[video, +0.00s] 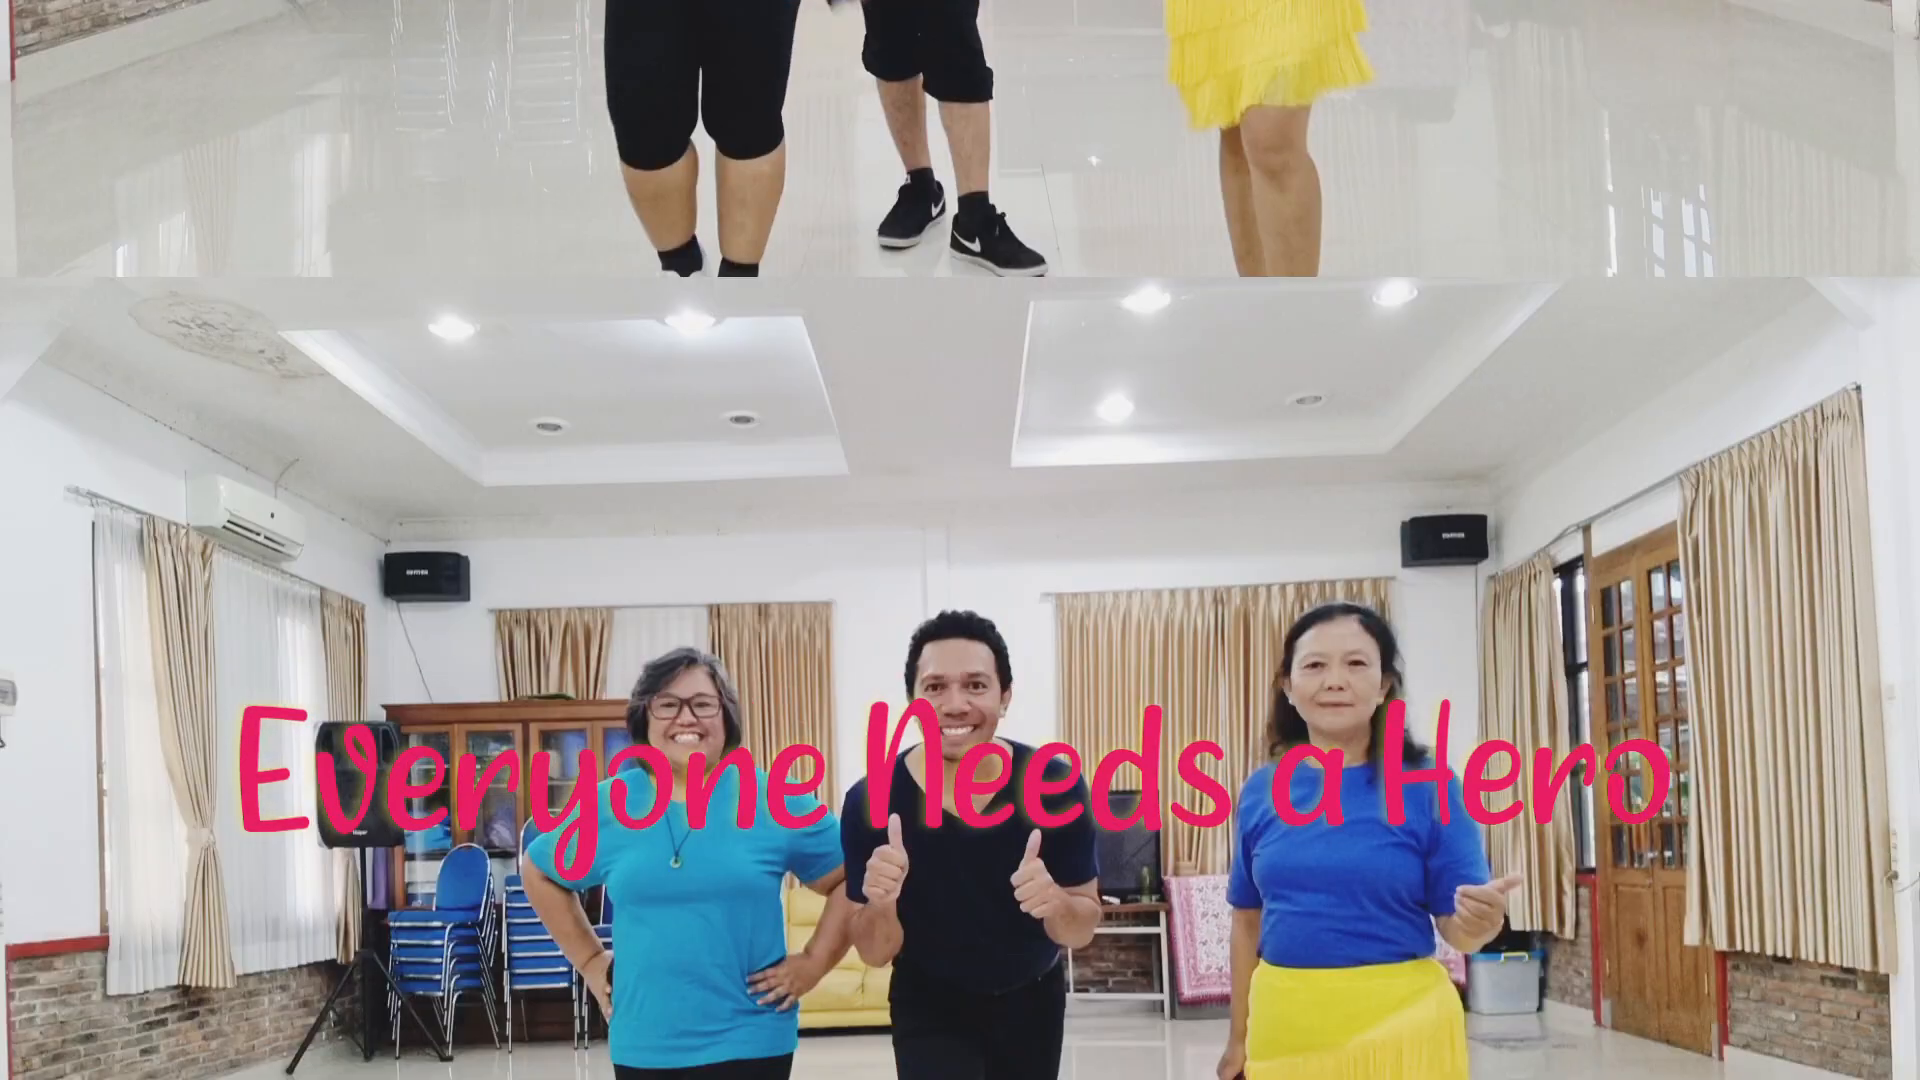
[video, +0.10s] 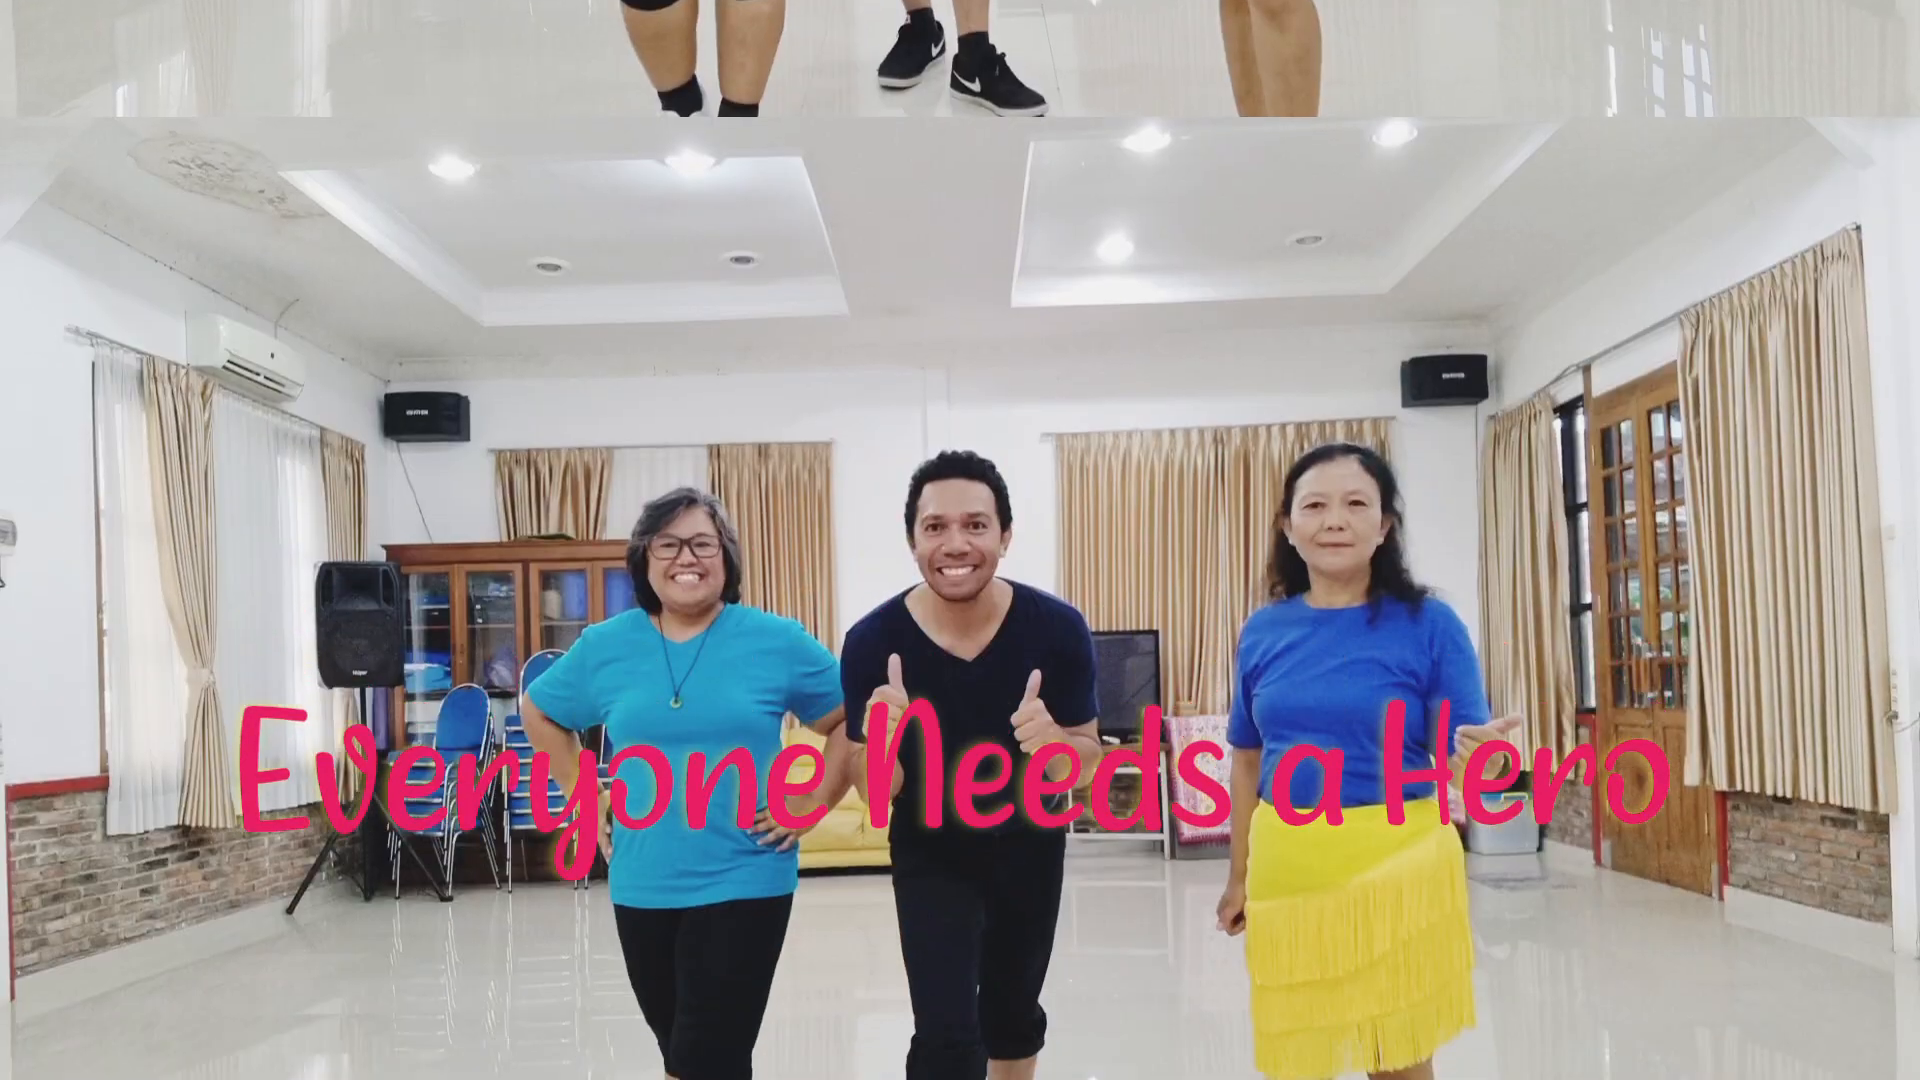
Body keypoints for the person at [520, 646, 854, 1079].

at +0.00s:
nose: (687, 716)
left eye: (703, 704)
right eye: (670, 705)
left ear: (727, 717)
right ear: (645, 717)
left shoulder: (768, 800)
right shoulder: (615, 802)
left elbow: (852, 876)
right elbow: (538, 869)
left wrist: (815, 961)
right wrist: (592, 961)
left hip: (748, 1044)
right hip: (643, 1046)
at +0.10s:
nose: (688, 556)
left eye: (704, 543)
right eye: (670, 544)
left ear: (726, 558)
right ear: (644, 561)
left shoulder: (777, 642)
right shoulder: (606, 645)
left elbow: (851, 718)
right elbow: (538, 706)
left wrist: (813, 805)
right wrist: (591, 794)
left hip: (745, 890)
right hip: (643, 896)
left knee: (702, 1062)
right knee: (688, 1062)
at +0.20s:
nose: (687, 476)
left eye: (702, 463)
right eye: (669, 464)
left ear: (727, 478)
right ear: (645, 482)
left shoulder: (777, 560)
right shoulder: (607, 564)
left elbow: (852, 639)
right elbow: (538, 630)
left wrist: (812, 720)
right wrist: (592, 719)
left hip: (743, 811)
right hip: (643, 813)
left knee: (707, 981)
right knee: (684, 982)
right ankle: (706, 1076)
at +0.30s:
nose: (686, 446)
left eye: (702, 433)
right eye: (669, 434)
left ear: (727, 448)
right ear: (644, 450)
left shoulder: (778, 531)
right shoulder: (605, 535)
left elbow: (853, 610)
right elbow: (537, 600)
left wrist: (813, 690)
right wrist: (590, 687)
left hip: (746, 778)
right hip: (643, 780)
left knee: (708, 953)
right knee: (683, 949)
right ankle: (720, 1070)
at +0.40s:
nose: (687, 441)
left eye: (702, 428)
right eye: (670, 429)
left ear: (727, 443)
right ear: (644, 446)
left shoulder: (778, 527)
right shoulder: (605, 530)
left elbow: (854, 606)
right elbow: (537, 593)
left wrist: (812, 686)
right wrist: (591, 683)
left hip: (746, 773)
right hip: (643, 776)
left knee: (708, 946)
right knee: (683, 945)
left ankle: (696, 1079)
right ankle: (722, 1070)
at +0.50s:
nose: (687, 441)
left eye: (703, 428)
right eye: (670, 429)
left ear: (727, 443)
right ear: (644, 446)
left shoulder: (778, 527)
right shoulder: (605, 530)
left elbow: (854, 606)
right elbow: (538, 594)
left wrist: (813, 686)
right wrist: (591, 683)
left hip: (746, 773)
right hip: (643, 776)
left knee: (708, 947)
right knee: (683, 946)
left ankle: (696, 1079)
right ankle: (722, 1071)